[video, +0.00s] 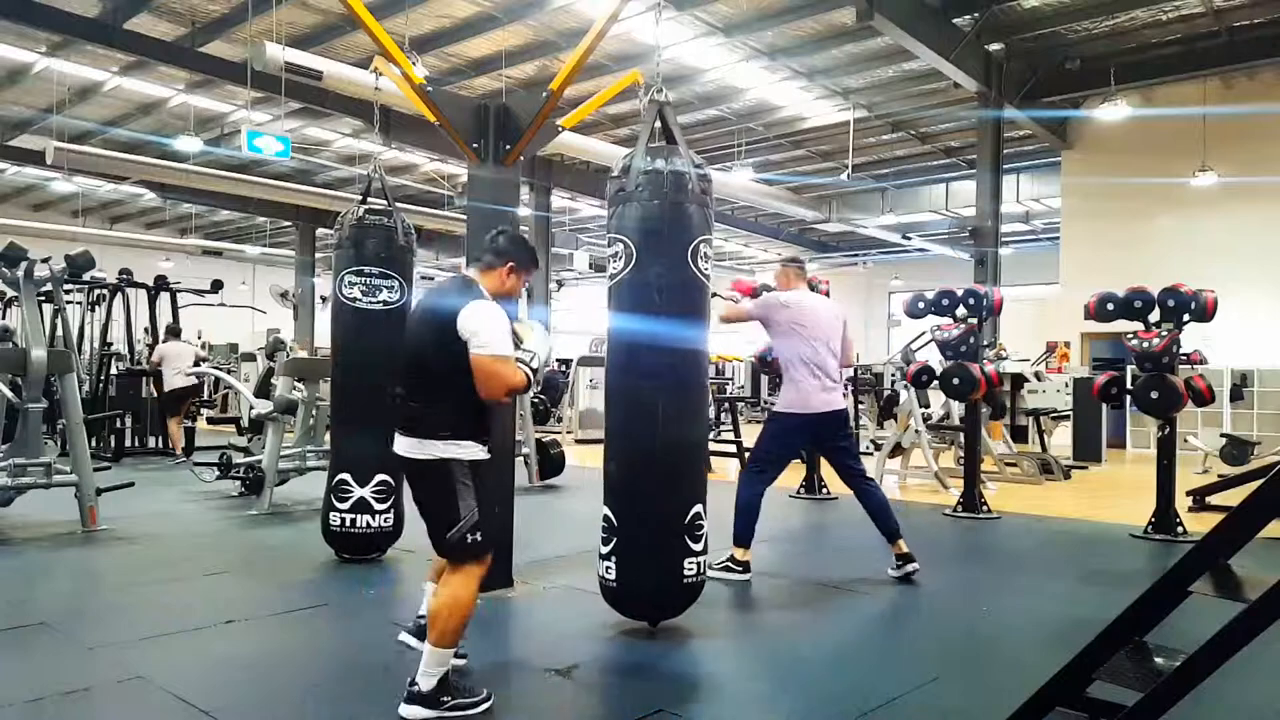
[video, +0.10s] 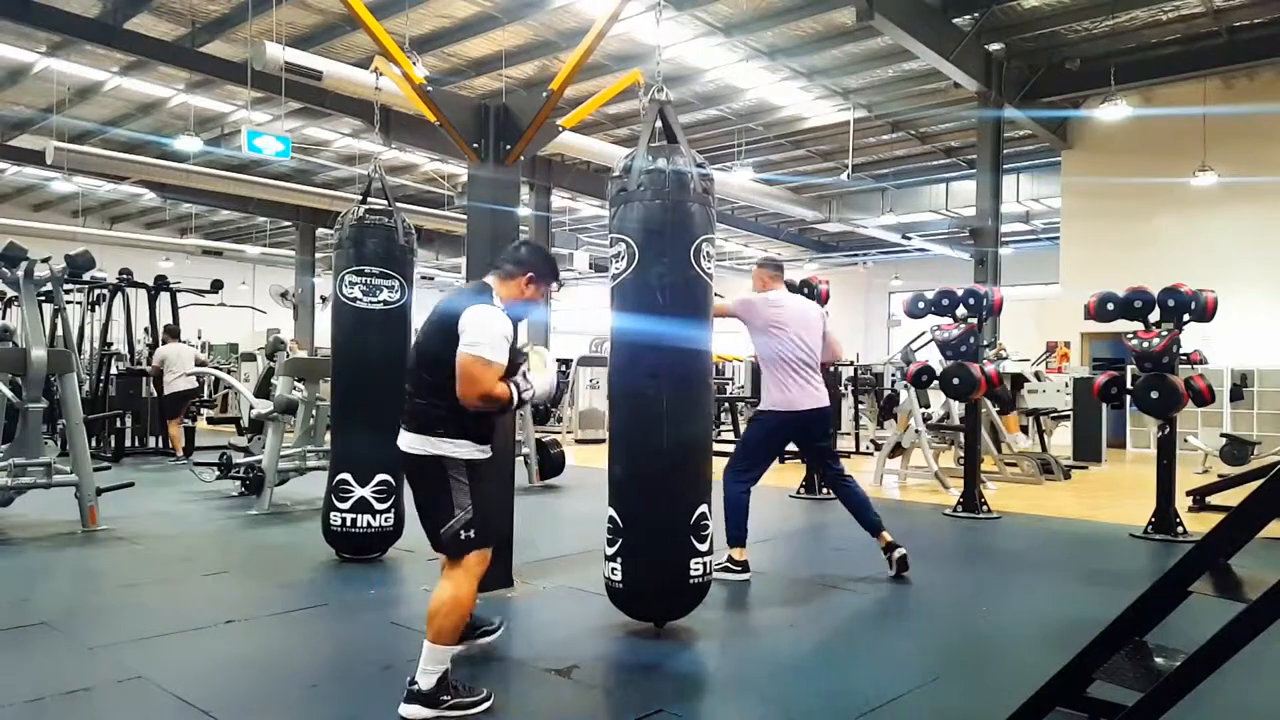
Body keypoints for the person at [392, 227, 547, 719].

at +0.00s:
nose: (521, 293)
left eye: (523, 284)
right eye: (523, 283)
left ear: (486, 262)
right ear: (508, 270)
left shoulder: (438, 295)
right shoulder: (481, 309)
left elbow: (448, 369)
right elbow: (495, 385)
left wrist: (510, 363)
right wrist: (530, 370)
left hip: (420, 445)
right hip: (448, 450)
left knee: (456, 545)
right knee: (471, 560)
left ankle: (427, 620)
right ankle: (429, 685)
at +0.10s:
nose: (535, 305)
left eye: (540, 298)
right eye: (539, 296)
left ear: (514, 275)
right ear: (525, 282)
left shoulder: (469, 300)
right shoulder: (487, 315)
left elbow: (470, 381)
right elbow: (474, 392)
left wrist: (518, 382)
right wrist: (525, 390)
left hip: (432, 444)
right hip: (444, 450)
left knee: (463, 547)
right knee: (468, 562)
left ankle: (454, 623)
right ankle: (427, 685)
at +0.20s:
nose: (550, 320)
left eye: (555, 312)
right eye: (554, 310)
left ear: (527, 289)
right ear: (540, 296)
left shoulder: (486, 314)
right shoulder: (495, 325)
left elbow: (487, 382)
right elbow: (457, 390)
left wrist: (534, 377)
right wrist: (498, 431)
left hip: (450, 448)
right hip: (451, 451)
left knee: (468, 544)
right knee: (470, 561)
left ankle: (472, 623)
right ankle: (428, 685)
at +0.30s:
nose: (559, 324)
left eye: (563, 316)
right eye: (561, 314)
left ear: (532, 295)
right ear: (550, 303)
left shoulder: (498, 314)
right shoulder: (515, 321)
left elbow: (499, 381)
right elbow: (477, 370)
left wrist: (541, 375)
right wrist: (520, 413)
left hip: (463, 445)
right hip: (468, 448)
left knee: (481, 544)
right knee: (479, 558)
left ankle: (480, 621)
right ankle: (428, 680)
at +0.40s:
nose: (563, 316)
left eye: (563, 311)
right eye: (564, 310)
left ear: (525, 289)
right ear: (554, 301)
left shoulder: (473, 314)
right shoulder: (543, 316)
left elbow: (450, 376)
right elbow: (593, 363)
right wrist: (623, 358)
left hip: (444, 439)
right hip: (483, 444)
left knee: (481, 534)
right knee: (476, 552)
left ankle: (479, 620)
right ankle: (429, 673)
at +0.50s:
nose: (568, 317)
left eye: (567, 311)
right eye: (568, 311)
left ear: (529, 293)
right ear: (559, 302)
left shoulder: (475, 317)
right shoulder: (557, 316)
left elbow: (439, 375)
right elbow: (613, 359)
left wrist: (484, 378)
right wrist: (634, 359)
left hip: (450, 438)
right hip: (490, 444)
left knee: (481, 534)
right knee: (478, 550)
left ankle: (479, 621)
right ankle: (434, 669)